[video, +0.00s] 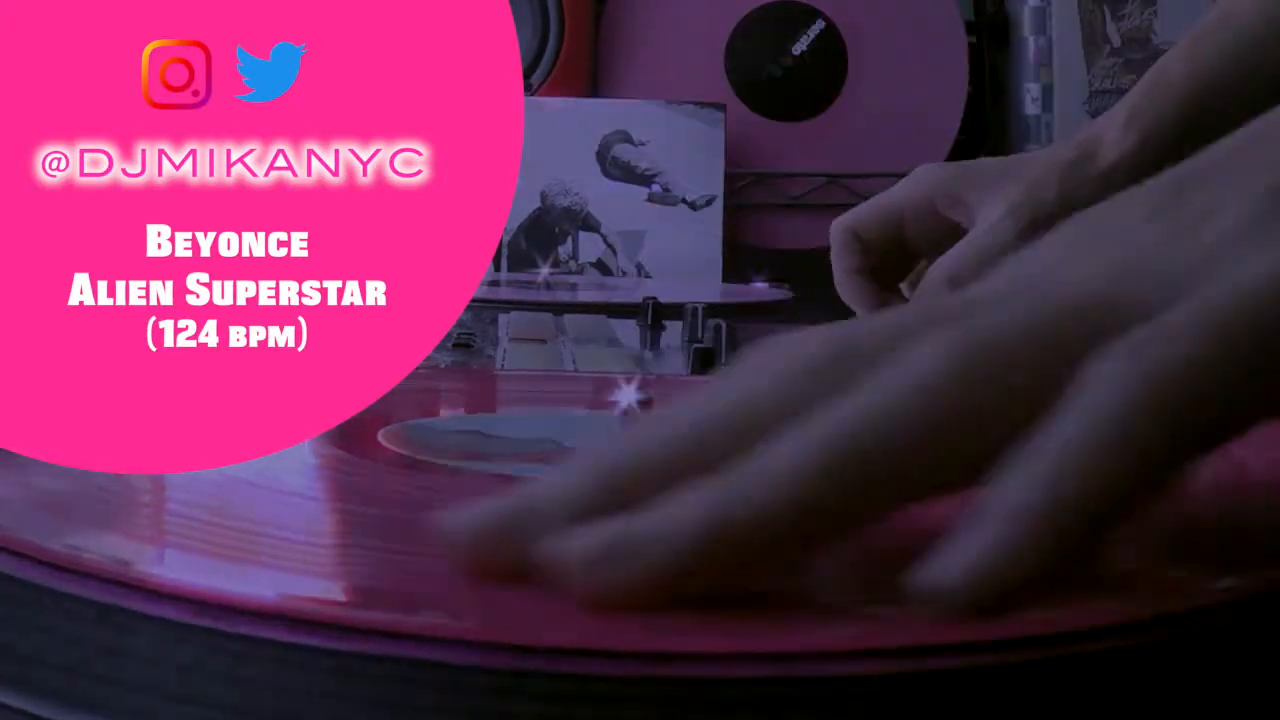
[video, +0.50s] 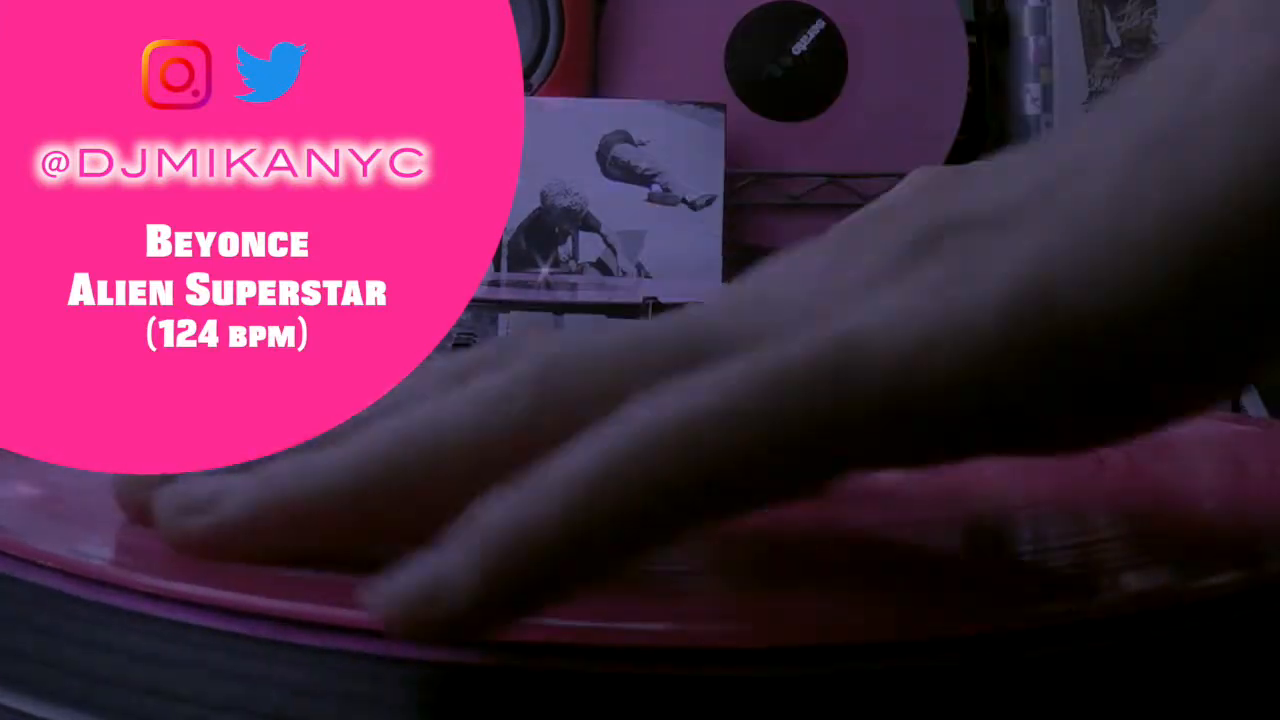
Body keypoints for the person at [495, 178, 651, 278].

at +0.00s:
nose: (574, 225)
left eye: (576, 218)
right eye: (568, 219)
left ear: (577, 210)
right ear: (553, 215)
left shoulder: (574, 211)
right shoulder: (531, 233)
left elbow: (605, 232)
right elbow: (546, 271)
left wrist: (623, 259)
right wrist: (572, 269)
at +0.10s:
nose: (574, 225)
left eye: (576, 217)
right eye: (568, 219)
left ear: (577, 210)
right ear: (552, 214)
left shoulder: (574, 212)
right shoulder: (531, 233)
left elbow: (606, 232)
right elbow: (547, 273)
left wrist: (623, 259)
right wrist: (572, 269)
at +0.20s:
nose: (574, 225)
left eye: (576, 218)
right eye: (568, 219)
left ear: (577, 210)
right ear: (553, 215)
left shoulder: (574, 212)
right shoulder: (532, 232)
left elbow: (605, 232)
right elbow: (547, 270)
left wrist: (623, 259)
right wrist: (571, 268)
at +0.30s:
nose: (574, 225)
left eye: (576, 217)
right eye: (567, 219)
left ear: (577, 210)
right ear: (552, 214)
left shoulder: (575, 212)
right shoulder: (531, 232)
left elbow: (606, 233)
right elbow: (547, 272)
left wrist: (623, 259)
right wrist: (572, 269)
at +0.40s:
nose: (574, 225)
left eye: (576, 218)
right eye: (567, 219)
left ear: (576, 210)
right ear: (552, 215)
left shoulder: (573, 211)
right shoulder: (526, 239)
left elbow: (606, 233)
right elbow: (544, 274)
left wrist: (623, 260)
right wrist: (569, 270)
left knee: (601, 268)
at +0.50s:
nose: (574, 225)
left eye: (576, 218)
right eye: (568, 220)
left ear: (577, 210)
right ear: (552, 215)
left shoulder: (573, 211)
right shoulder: (528, 236)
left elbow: (605, 232)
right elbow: (545, 272)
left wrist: (622, 260)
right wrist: (569, 269)